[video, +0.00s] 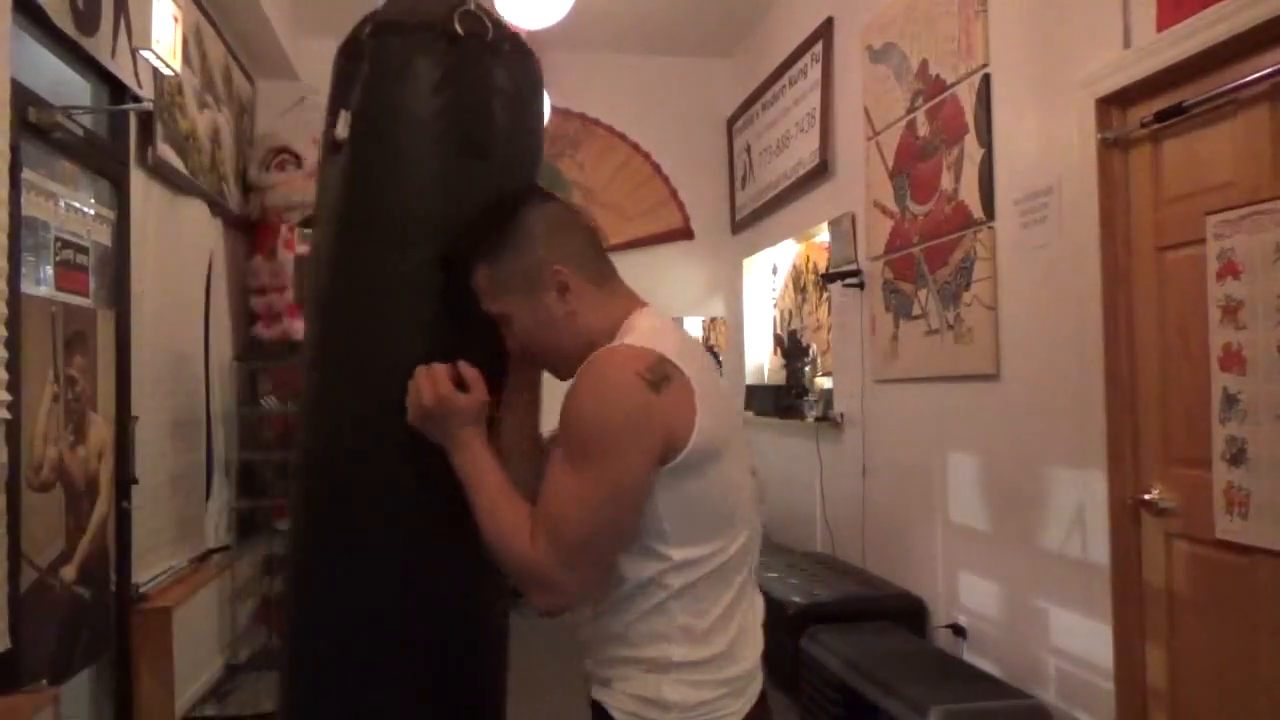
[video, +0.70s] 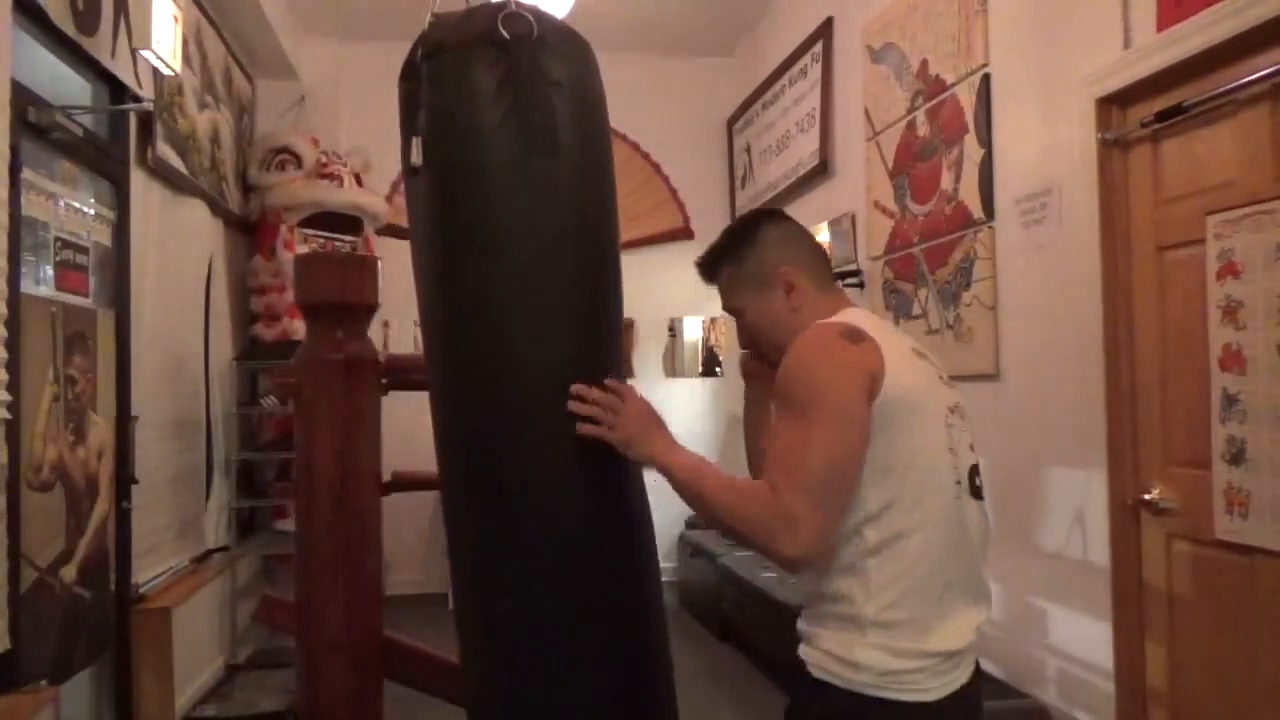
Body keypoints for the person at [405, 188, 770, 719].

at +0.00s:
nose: (511, 347)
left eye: (506, 321)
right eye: (498, 326)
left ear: (561, 289)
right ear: (565, 288)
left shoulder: (621, 377)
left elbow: (553, 581)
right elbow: (529, 501)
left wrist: (461, 440)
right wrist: (522, 364)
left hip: (662, 704)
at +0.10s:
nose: (539, 339)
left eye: (539, 315)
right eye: (532, 318)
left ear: (593, 286)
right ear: (596, 282)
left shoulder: (647, 371)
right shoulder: (697, 339)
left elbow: (574, 573)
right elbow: (570, 512)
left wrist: (496, 431)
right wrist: (547, 362)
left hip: (700, 699)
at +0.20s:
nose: (604, 347)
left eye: (600, 321)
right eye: (591, 326)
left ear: (652, 289)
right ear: (654, 289)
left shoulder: (718, 373)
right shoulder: (742, 359)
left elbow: (633, 570)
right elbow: (597, 487)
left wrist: (536, 444)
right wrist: (570, 360)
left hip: (742, 704)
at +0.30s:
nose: (649, 350)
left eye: (650, 329)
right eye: (641, 333)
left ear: (708, 302)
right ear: (710, 301)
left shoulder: (783, 399)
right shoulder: (768, 388)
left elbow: (709, 587)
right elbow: (643, 502)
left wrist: (589, 474)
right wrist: (632, 380)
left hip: (787, 705)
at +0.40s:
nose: (686, 349)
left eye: (687, 331)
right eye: (680, 334)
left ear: (744, 304)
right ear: (745, 304)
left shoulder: (813, 387)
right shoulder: (794, 379)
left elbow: (770, 573)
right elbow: (714, 522)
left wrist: (636, 504)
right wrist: (694, 397)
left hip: (819, 698)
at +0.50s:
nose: (714, 336)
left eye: (711, 317)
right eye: (706, 321)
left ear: (762, 290)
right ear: (766, 290)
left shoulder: (806, 349)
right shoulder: (853, 343)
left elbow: (778, 534)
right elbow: (750, 504)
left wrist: (639, 475)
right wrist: (733, 389)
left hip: (836, 686)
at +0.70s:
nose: (741, 333)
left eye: (739, 313)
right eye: (733, 318)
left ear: (788, 289)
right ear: (794, 286)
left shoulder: (828, 350)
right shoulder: (888, 343)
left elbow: (795, 534)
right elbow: (777, 504)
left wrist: (661, 450)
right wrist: (760, 390)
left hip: (872, 694)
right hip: (939, 684)